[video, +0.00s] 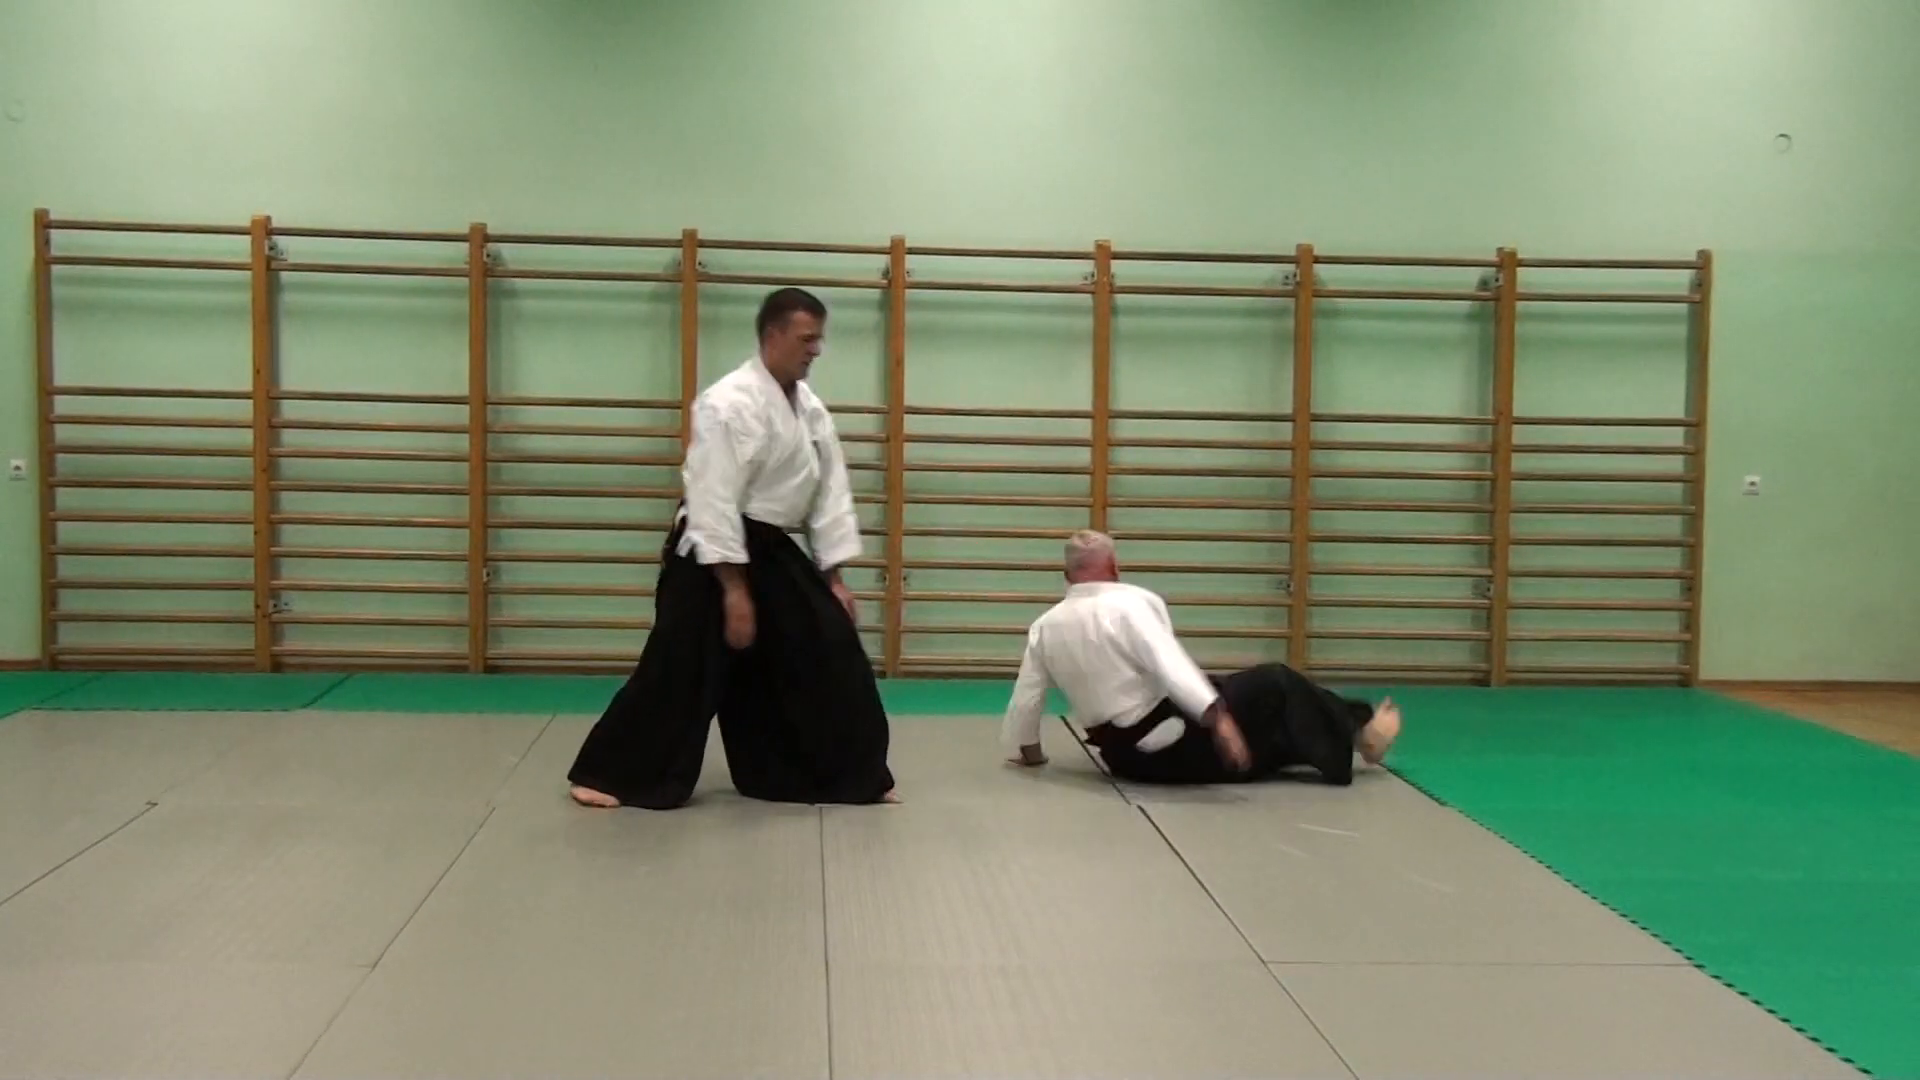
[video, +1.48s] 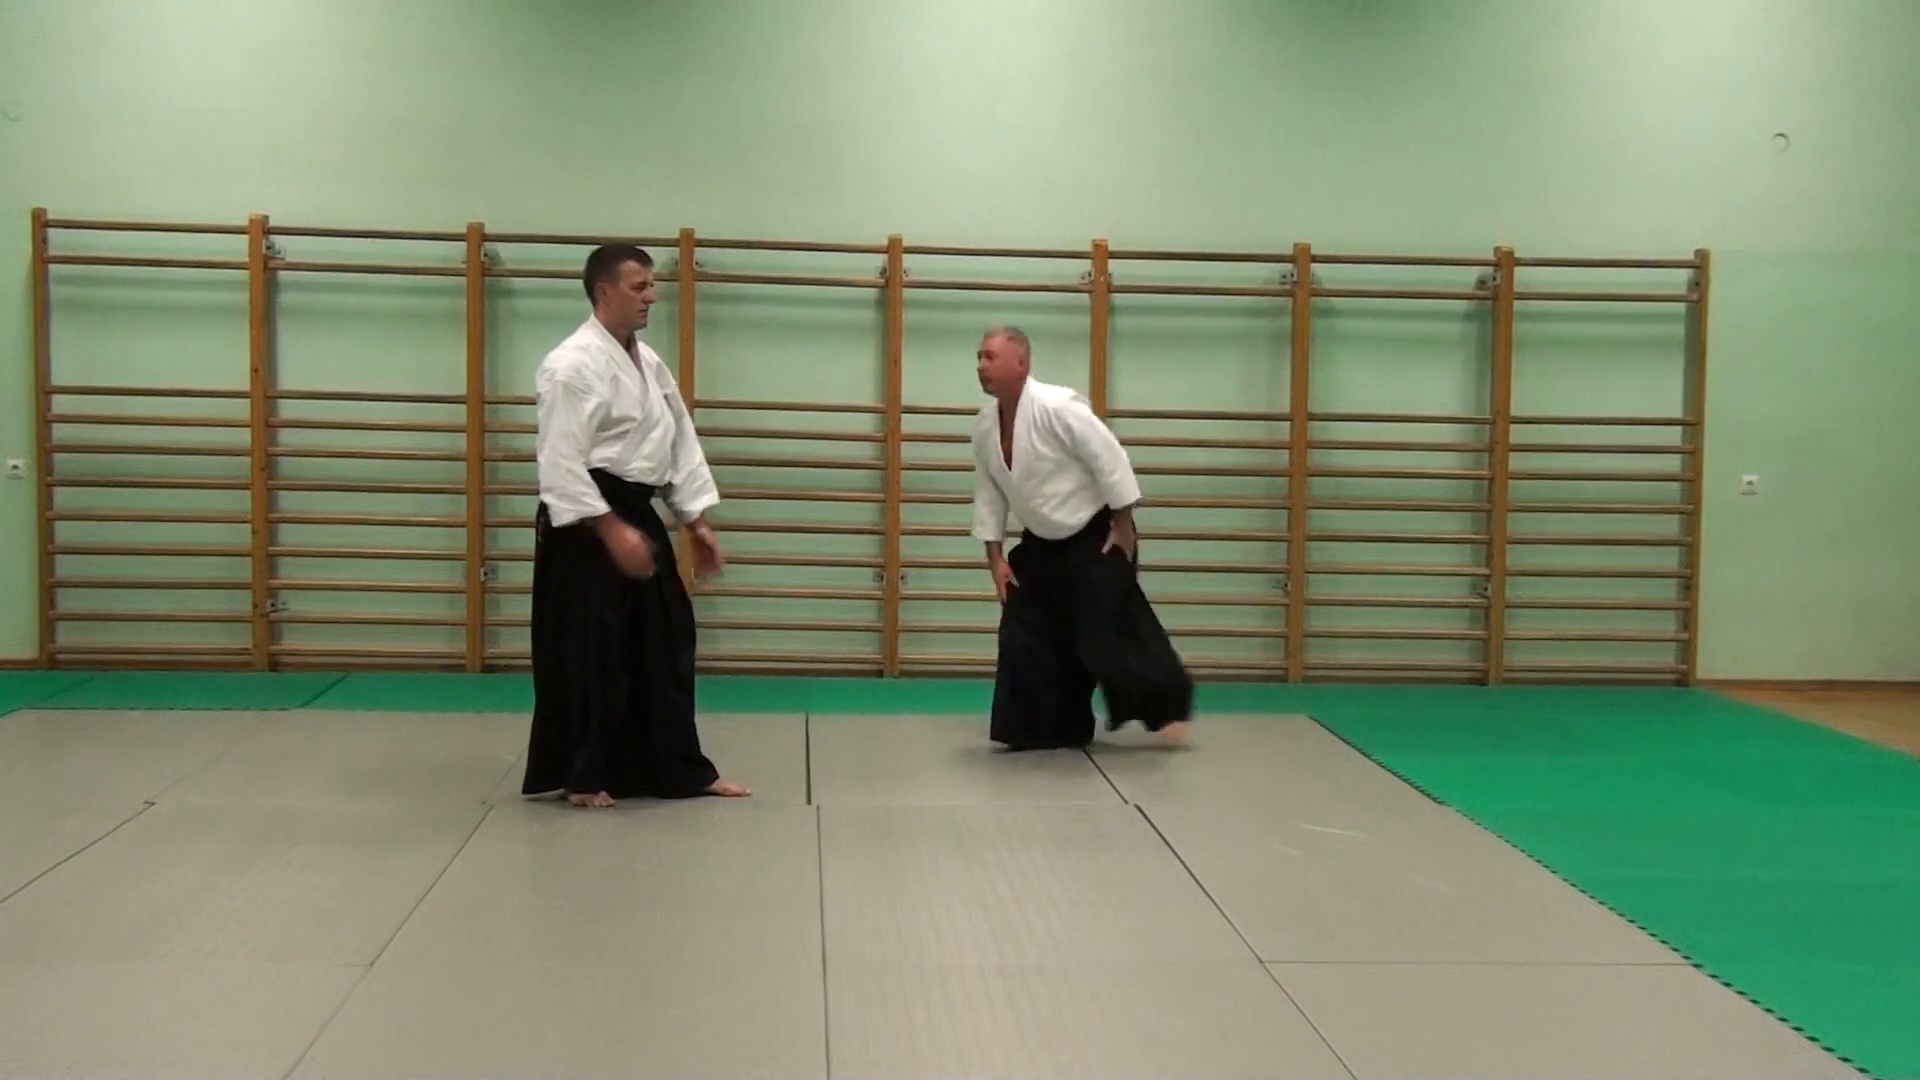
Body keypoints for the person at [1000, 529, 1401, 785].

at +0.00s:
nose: (1119, 569)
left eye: (1114, 564)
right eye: (1116, 563)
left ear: (1067, 574)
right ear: (1110, 567)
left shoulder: (1044, 628)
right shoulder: (1130, 603)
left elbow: (1024, 703)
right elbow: (1168, 664)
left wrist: (1026, 752)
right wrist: (1219, 717)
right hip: (1169, 739)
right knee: (1272, 681)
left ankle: (1354, 730)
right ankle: (1359, 733)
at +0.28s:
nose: (1047, 589)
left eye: (1045, 581)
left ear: (1050, 578)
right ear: (1088, 556)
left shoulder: (1055, 617)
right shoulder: (1136, 571)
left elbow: (1041, 691)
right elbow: (1212, 579)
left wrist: (1034, 753)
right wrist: (1257, 605)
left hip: (1147, 715)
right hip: (1190, 672)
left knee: (1236, 748)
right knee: (1279, 678)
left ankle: (1323, 751)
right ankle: (1350, 743)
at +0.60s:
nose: (1032, 568)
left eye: (1028, 560)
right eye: (1027, 562)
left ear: (1042, 545)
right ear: (1060, 528)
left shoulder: (1074, 575)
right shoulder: (1116, 524)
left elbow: (1058, 658)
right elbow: (1176, 526)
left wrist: (1041, 740)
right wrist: (1203, 580)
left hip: (1198, 631)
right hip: (1227, 596)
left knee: (1175, 735)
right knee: (1257, 677)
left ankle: (1269, 729)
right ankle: (1298, 710)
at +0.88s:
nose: (1035, 506)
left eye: (1039, 497)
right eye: (1036, 497)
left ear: (1067, 496)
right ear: (1074, 492)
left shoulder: (1094, 539)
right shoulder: (1125, 496)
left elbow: (1077, 618)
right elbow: (1164, 512)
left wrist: (1060, 685)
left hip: (1194, 628)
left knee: (1176, 734)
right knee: (1101, 652)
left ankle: (1262, 702)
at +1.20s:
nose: (1022, 438)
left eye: (1030, 429)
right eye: (1021, 429)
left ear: (1060, 433)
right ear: (1048, 435)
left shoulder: (1090, 480)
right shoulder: (1043, 477)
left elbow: (1129, 545)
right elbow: (1043, 531)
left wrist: (1130, 612)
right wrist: (1037, 577)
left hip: (1127, 598)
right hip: (1078, 592)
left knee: (1167, 686)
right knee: (1023, 630)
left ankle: (1248, 705)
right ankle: (1024, 725)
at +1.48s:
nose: (981, 366)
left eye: (989, 357)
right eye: (980, 358)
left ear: (1020, 361)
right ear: (982, 364)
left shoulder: (1058, 407)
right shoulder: (988, 423)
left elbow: (1108, 457)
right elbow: (989, 492)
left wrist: (1124, 521)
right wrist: (996, 556)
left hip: (1092, 536)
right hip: (1041, 542)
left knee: (1107, 628)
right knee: (1026, 634)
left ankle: (1167, 706)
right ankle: (1054, 729)